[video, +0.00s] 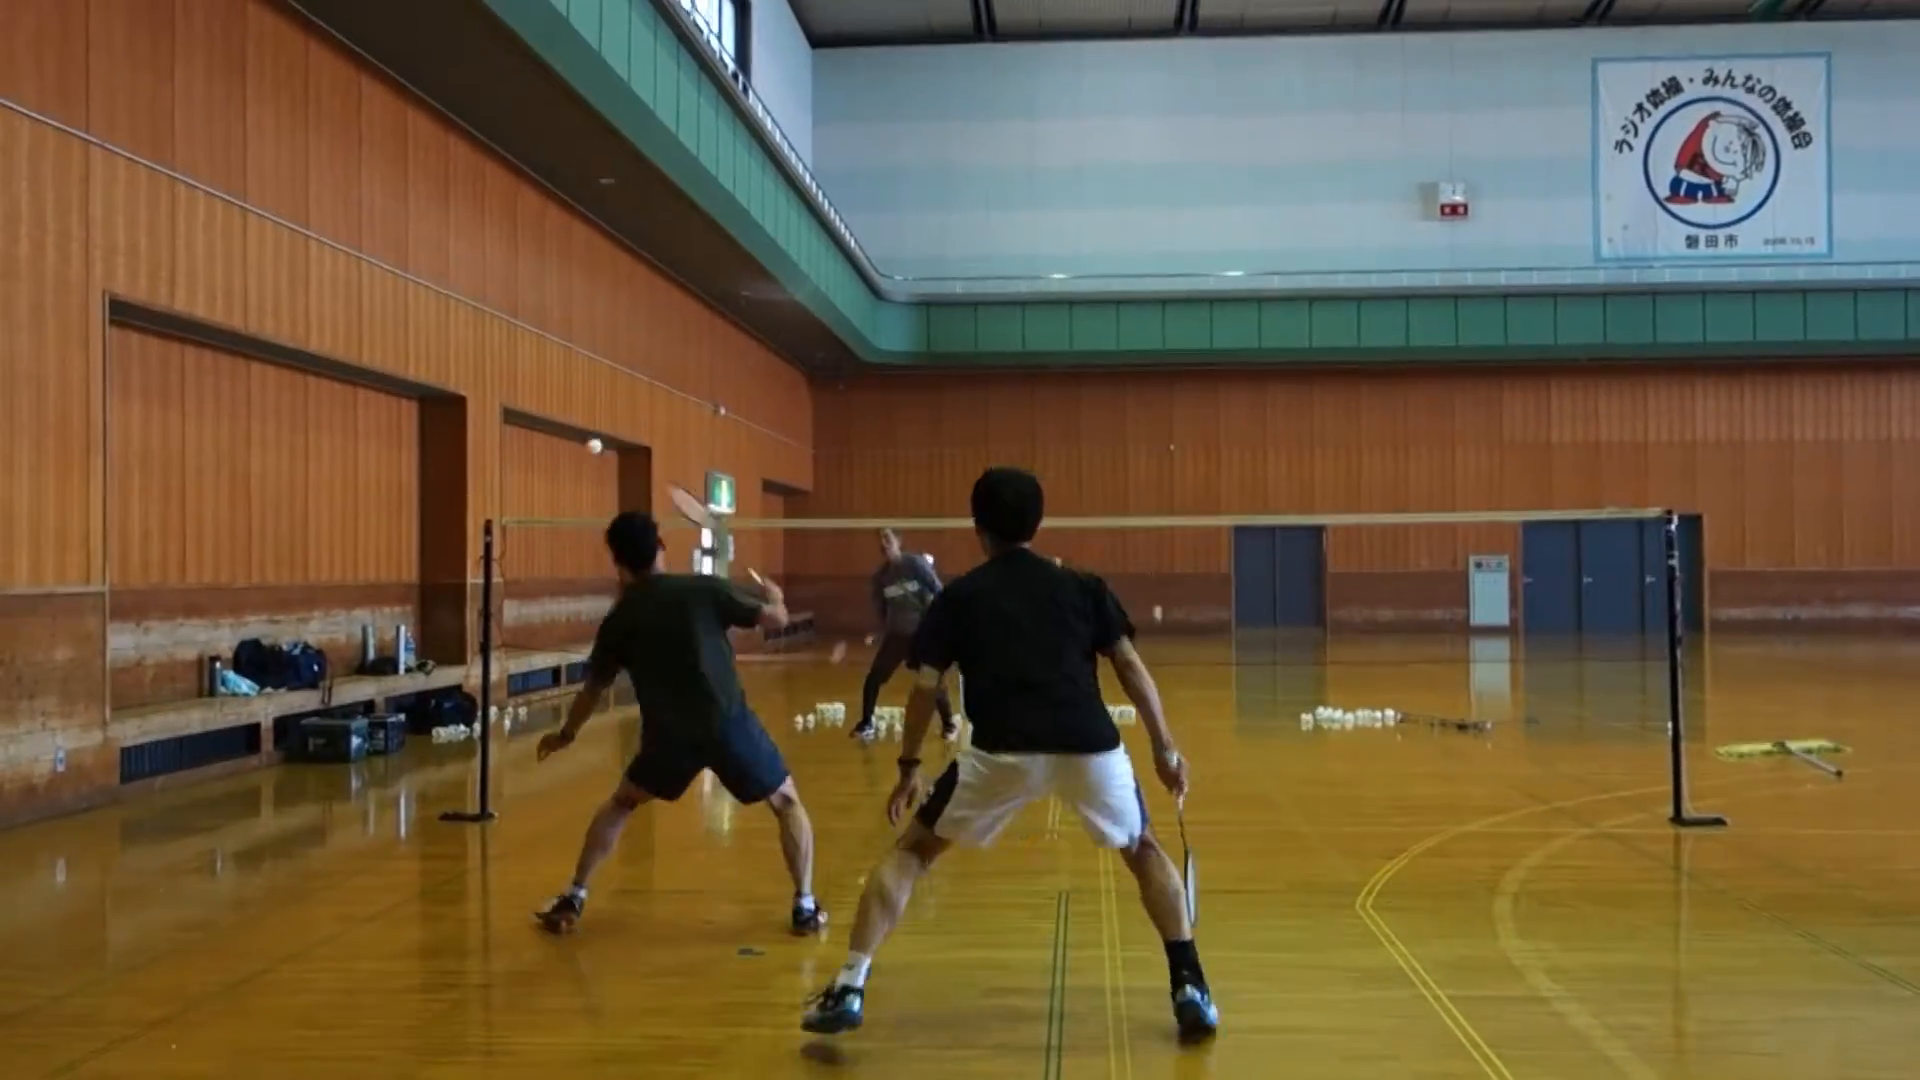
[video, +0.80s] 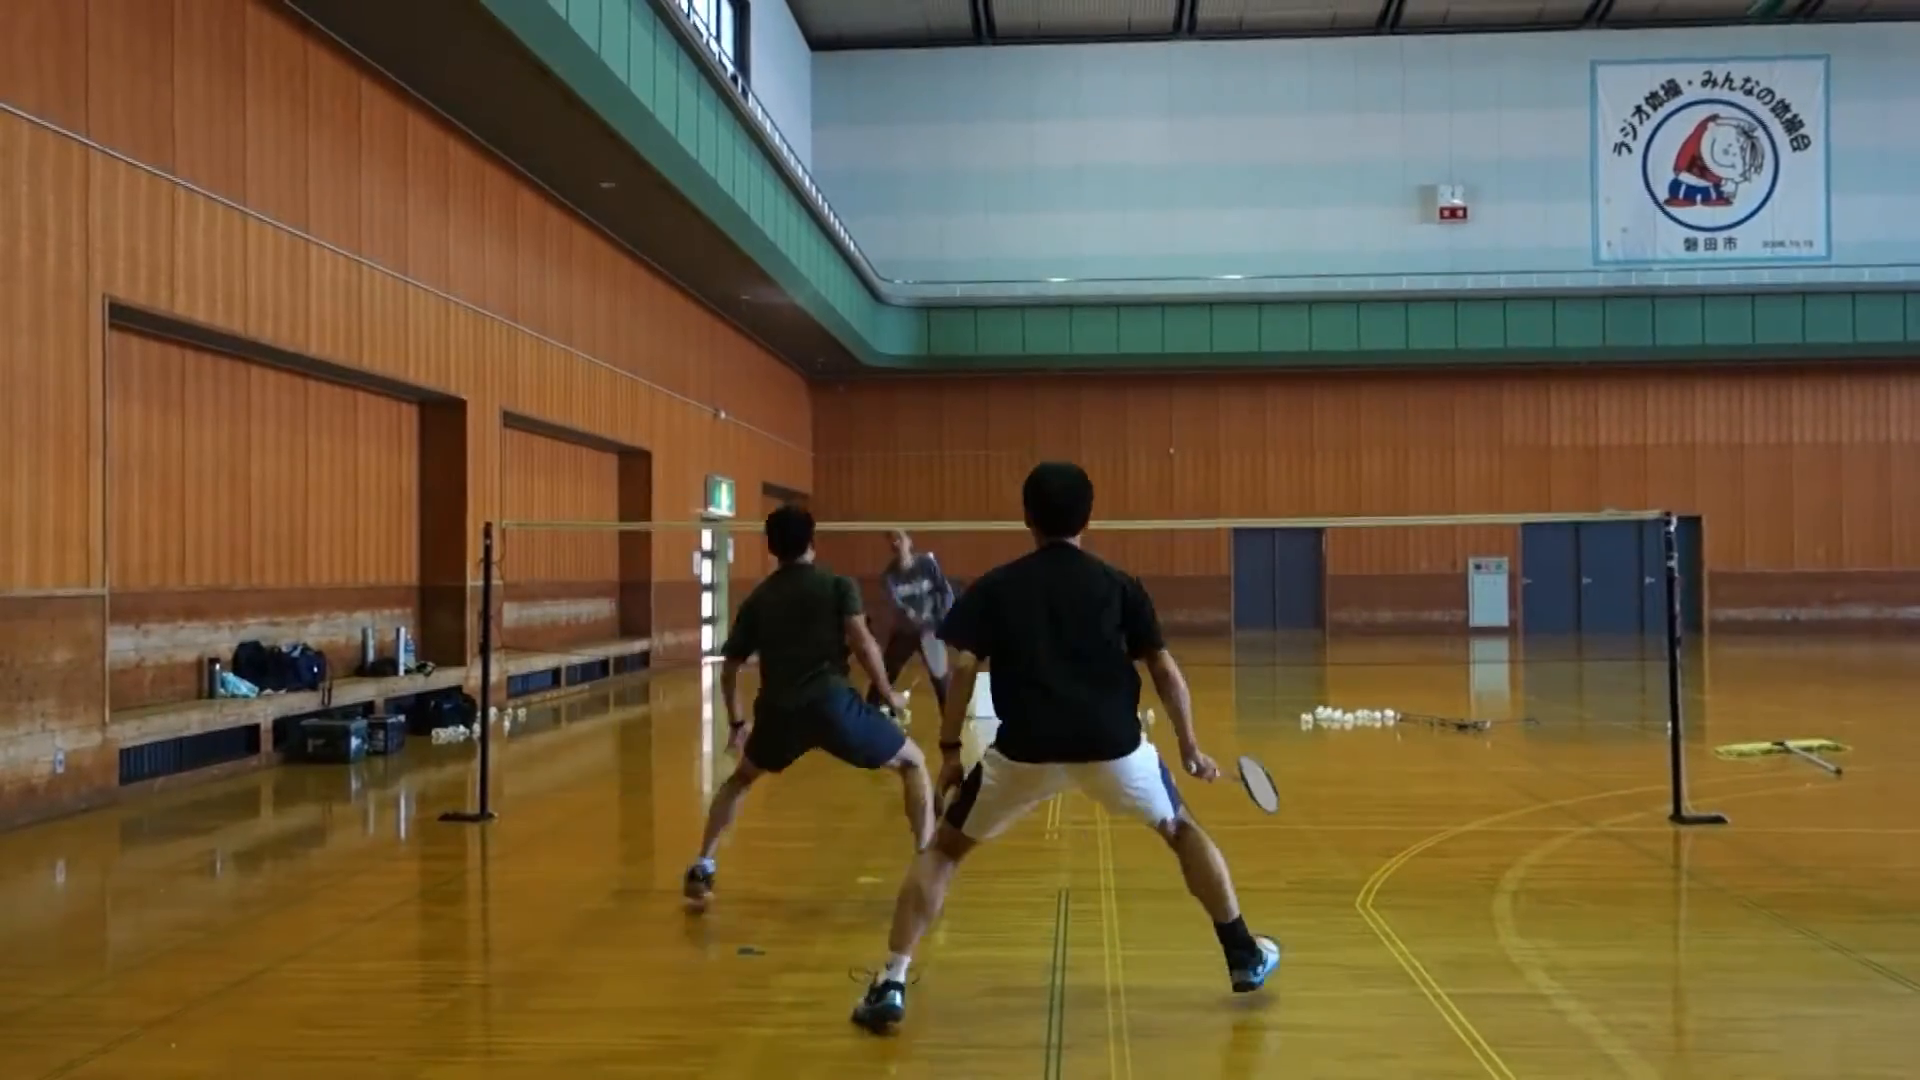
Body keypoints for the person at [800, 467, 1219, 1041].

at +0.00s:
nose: (979, 528)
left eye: (978, 519)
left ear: (978, 525)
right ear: (1038, 524)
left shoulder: (958, 599)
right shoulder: (1081, 588)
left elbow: (923, 690)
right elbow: (1130, 666)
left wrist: (908, 765)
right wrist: (1164, 746)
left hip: (1000, 751)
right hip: (1090, 746)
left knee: (913, 852)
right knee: (1143, 851)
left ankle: (849, 985)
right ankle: (1189, 983)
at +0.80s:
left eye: (1036, 509)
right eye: (1085, 510)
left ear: (1028, 517)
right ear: (1087, 517)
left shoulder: (994, 588)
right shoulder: (1119, 587)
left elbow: (960, 678)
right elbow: (1165, 673)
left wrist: (948, 754)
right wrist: (1190, 748)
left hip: (1024, 752)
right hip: (1113, 749)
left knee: (944, 851)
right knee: (1181, 833)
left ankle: (891, 982)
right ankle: (1243, 955)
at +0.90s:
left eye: (1061, 538)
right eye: (1098, 540)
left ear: (1053, 549)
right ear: (1111, 551)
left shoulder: (1021, 622)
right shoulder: (1140, 623)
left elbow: (984, 708)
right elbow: (1189, 709)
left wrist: (961, 779)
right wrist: (1214, 769)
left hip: (1037, 788)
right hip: (1128, 788)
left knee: (950, 871)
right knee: (1196, 852)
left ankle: (890, 991)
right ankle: (1258, 966)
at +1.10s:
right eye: (1139, 539)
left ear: (1085, 546)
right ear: (1142, 549)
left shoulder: (1052, 611)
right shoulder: (1164, 619)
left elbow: (1013, 699)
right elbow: (1196, 706)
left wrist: (984, 769)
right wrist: (1200, 755)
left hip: (1035, 767)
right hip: (1119, 773)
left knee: (966, 852)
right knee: (1194, 850)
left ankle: (887, 944)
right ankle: (1259, 966)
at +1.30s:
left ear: (1013, 550)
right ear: (1071, 548)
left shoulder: (994, 623)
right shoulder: (1107, 614)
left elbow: (943, 706)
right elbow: (1149, 699)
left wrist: (909, 757)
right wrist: (1163, 759)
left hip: (1027, 776)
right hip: (1113, 776)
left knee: (931, 843)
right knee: (1188, 852)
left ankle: (878, 961)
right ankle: (1256, 966)